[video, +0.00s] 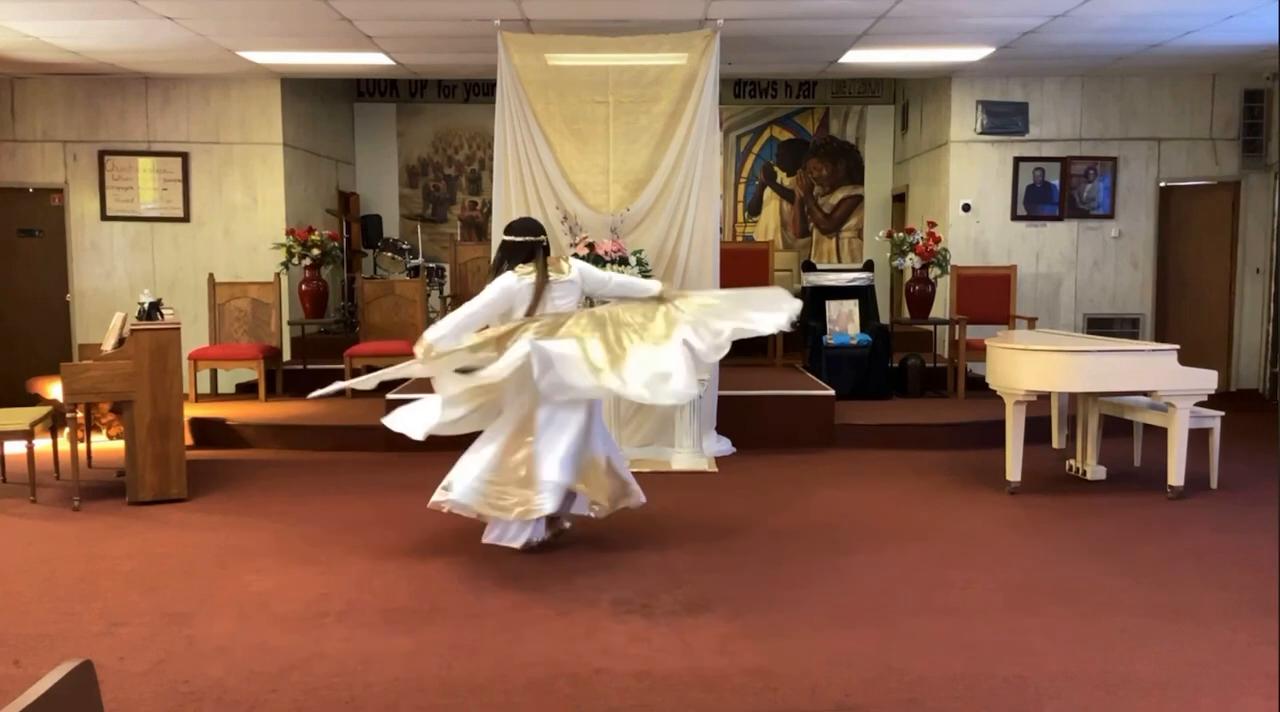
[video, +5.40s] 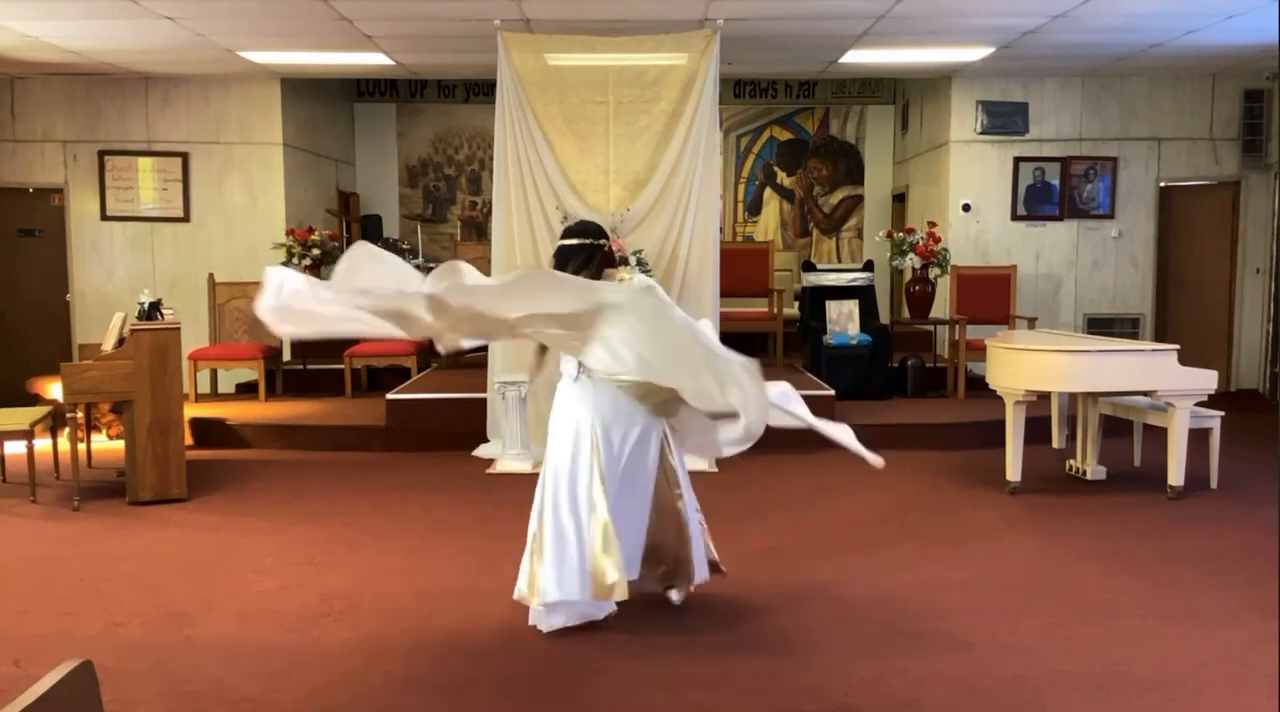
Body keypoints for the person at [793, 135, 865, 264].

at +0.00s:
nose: (815, 176)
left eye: (820, 170)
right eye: (812, 171)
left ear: (840, 166)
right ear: (808, 173)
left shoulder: (854, 193)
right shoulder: (820, 195)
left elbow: (828, 226)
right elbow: (799, 232)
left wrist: (808, 196)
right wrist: (799, 197)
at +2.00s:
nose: (815, 176)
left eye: (820, 170)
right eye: (812, 171)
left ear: (840, 165)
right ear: (808, 173)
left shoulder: (854, 193)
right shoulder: (820, 195)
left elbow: (828, 227)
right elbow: (800, 232)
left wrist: (808, 197)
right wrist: (799, 197)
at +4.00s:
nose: (815, 176)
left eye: (821, 170)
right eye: (812, 171)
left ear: (839, 166)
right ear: (808, 172)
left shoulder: (854, 193)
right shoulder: (819, 195)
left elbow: (828, 227)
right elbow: (800, 233)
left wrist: (808, 197)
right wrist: (798, 197)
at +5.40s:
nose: (815, 176)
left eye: (820, 170)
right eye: (812, 171)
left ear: (839, 166)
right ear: (808, 172)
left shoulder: (854, 193)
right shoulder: (820, 195)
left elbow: (827, 227)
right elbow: (800, 232)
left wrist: (808, 196)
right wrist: (799, 197)